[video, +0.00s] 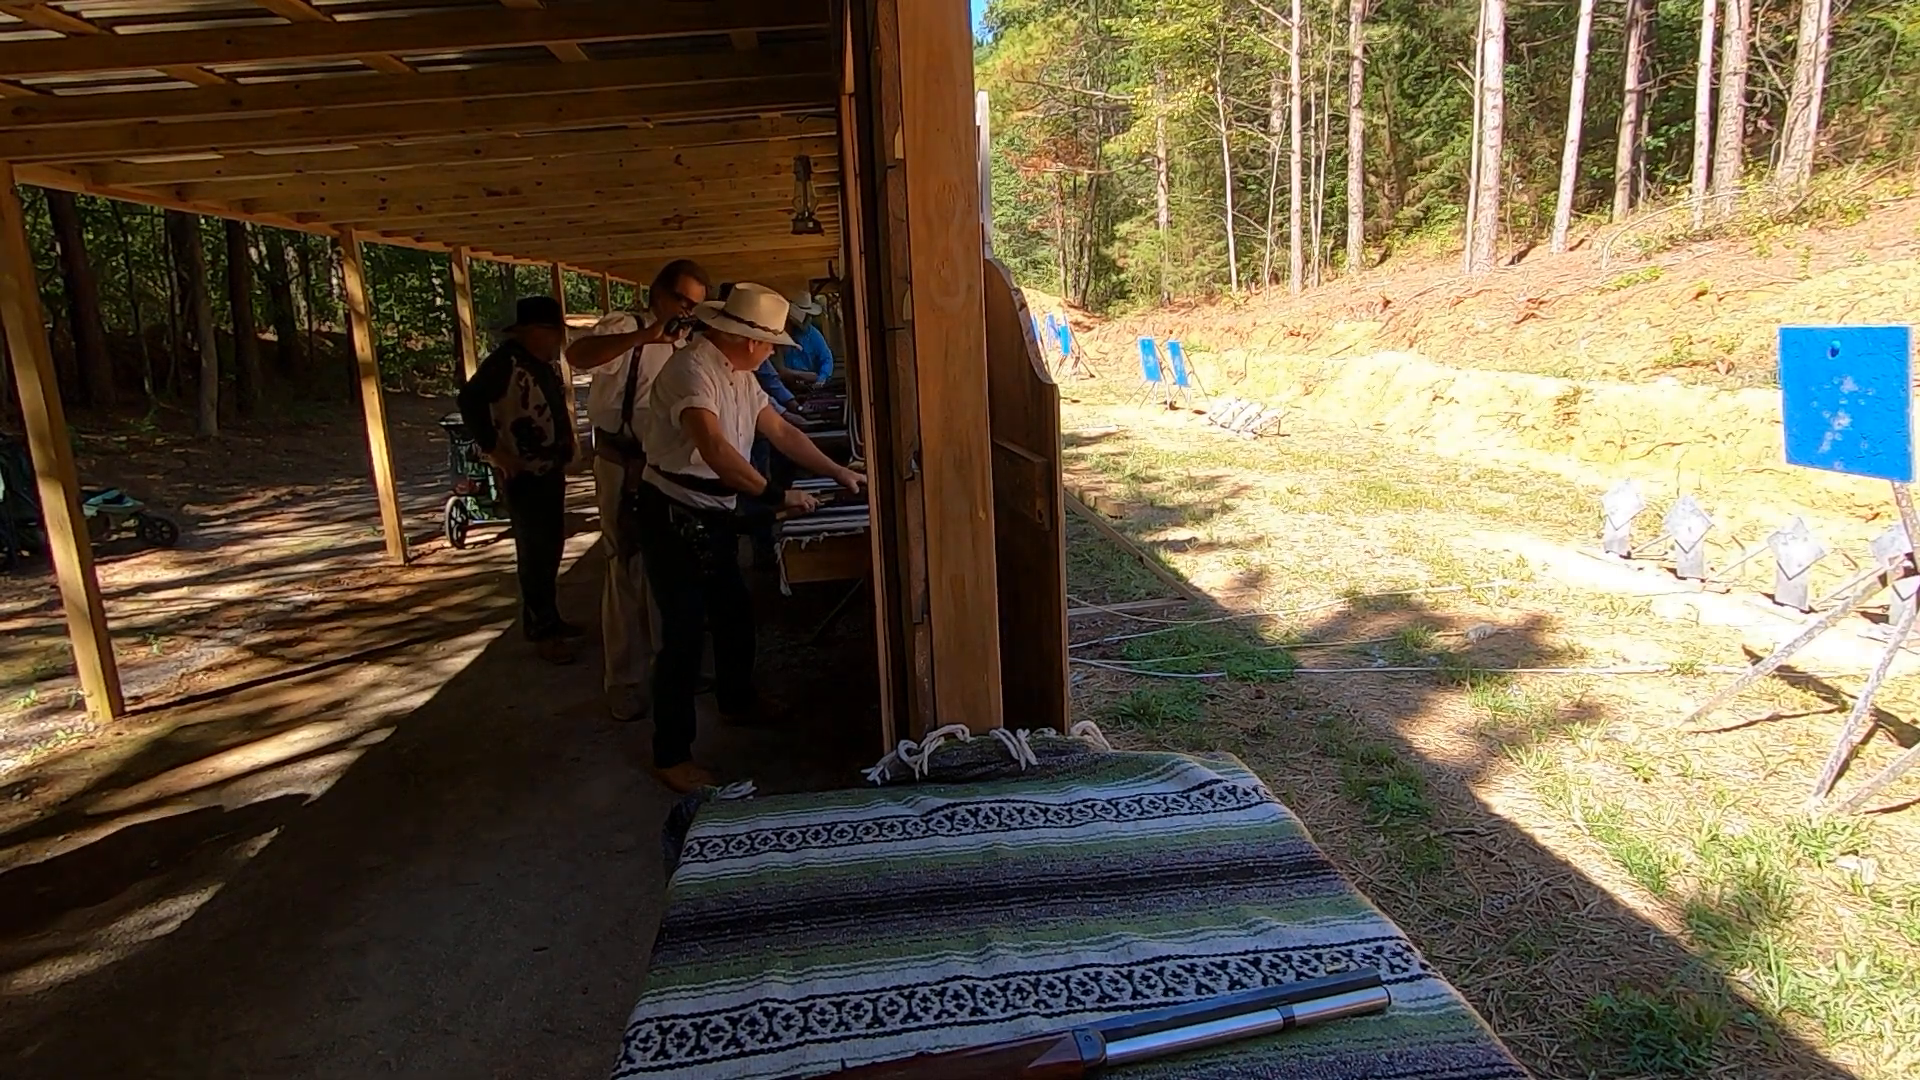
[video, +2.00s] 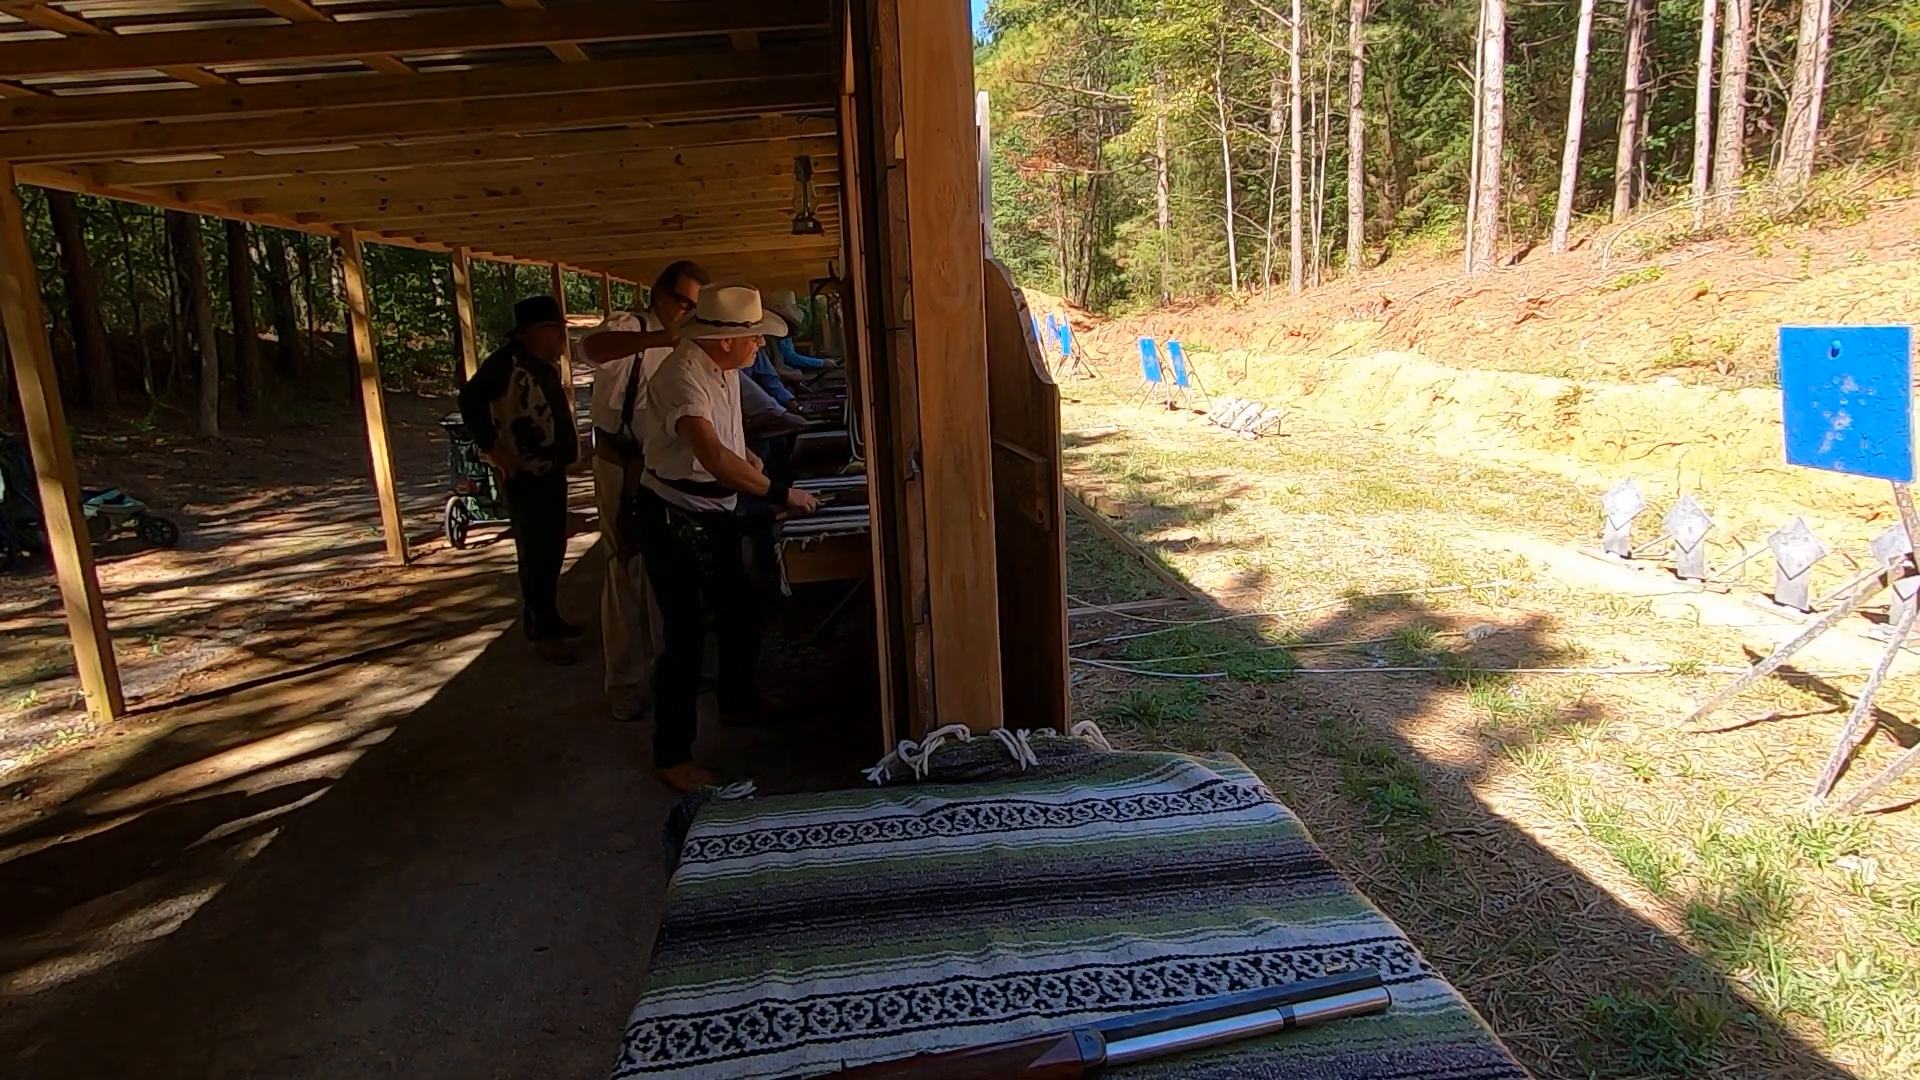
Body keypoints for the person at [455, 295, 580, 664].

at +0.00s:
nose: (560, 339)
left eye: (560, 331)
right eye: (555, 331)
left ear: (544, 332)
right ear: (535, 331)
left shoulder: (546, 364)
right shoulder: (506, 359)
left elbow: (552, 408)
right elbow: (469, 399)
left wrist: (565, 442)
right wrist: (493, 448)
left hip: (550, 472)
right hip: (524, 475)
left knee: (550, 550)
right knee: (535, 553)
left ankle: (548, 621)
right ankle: (541, 630)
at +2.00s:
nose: (563, 337)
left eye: (563, 330)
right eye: (557, 330)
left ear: (546, 333)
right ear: (534, 331)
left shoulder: (546, 366)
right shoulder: (506, 361)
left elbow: (551, 412)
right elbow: (470, 399)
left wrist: (565, 449)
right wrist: (491, 448)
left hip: (551, 473)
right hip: (525, 475)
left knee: (552, 550)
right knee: (536, 552)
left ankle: (549, 620)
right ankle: (541, 630)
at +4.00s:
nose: (564, 339)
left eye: (564, 331)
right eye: (558, 331)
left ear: (545, 333)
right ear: (536, 332)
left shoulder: (545, 365)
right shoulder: (507, 362)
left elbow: (552, 411)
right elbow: (470, 399)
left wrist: (566, 446)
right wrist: (492, 448)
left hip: (551, 472)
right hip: (526, 475)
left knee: (553, 548)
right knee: (536, 551)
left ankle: (547, 621)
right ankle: (542, 630)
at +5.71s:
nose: (553, 336)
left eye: (555, 328)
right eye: (545, 329)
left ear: (560, 327)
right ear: (528, 331)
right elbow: (468, 399)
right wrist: (492, 450)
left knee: (565, 548)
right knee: (532, 551)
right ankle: (536, 625)